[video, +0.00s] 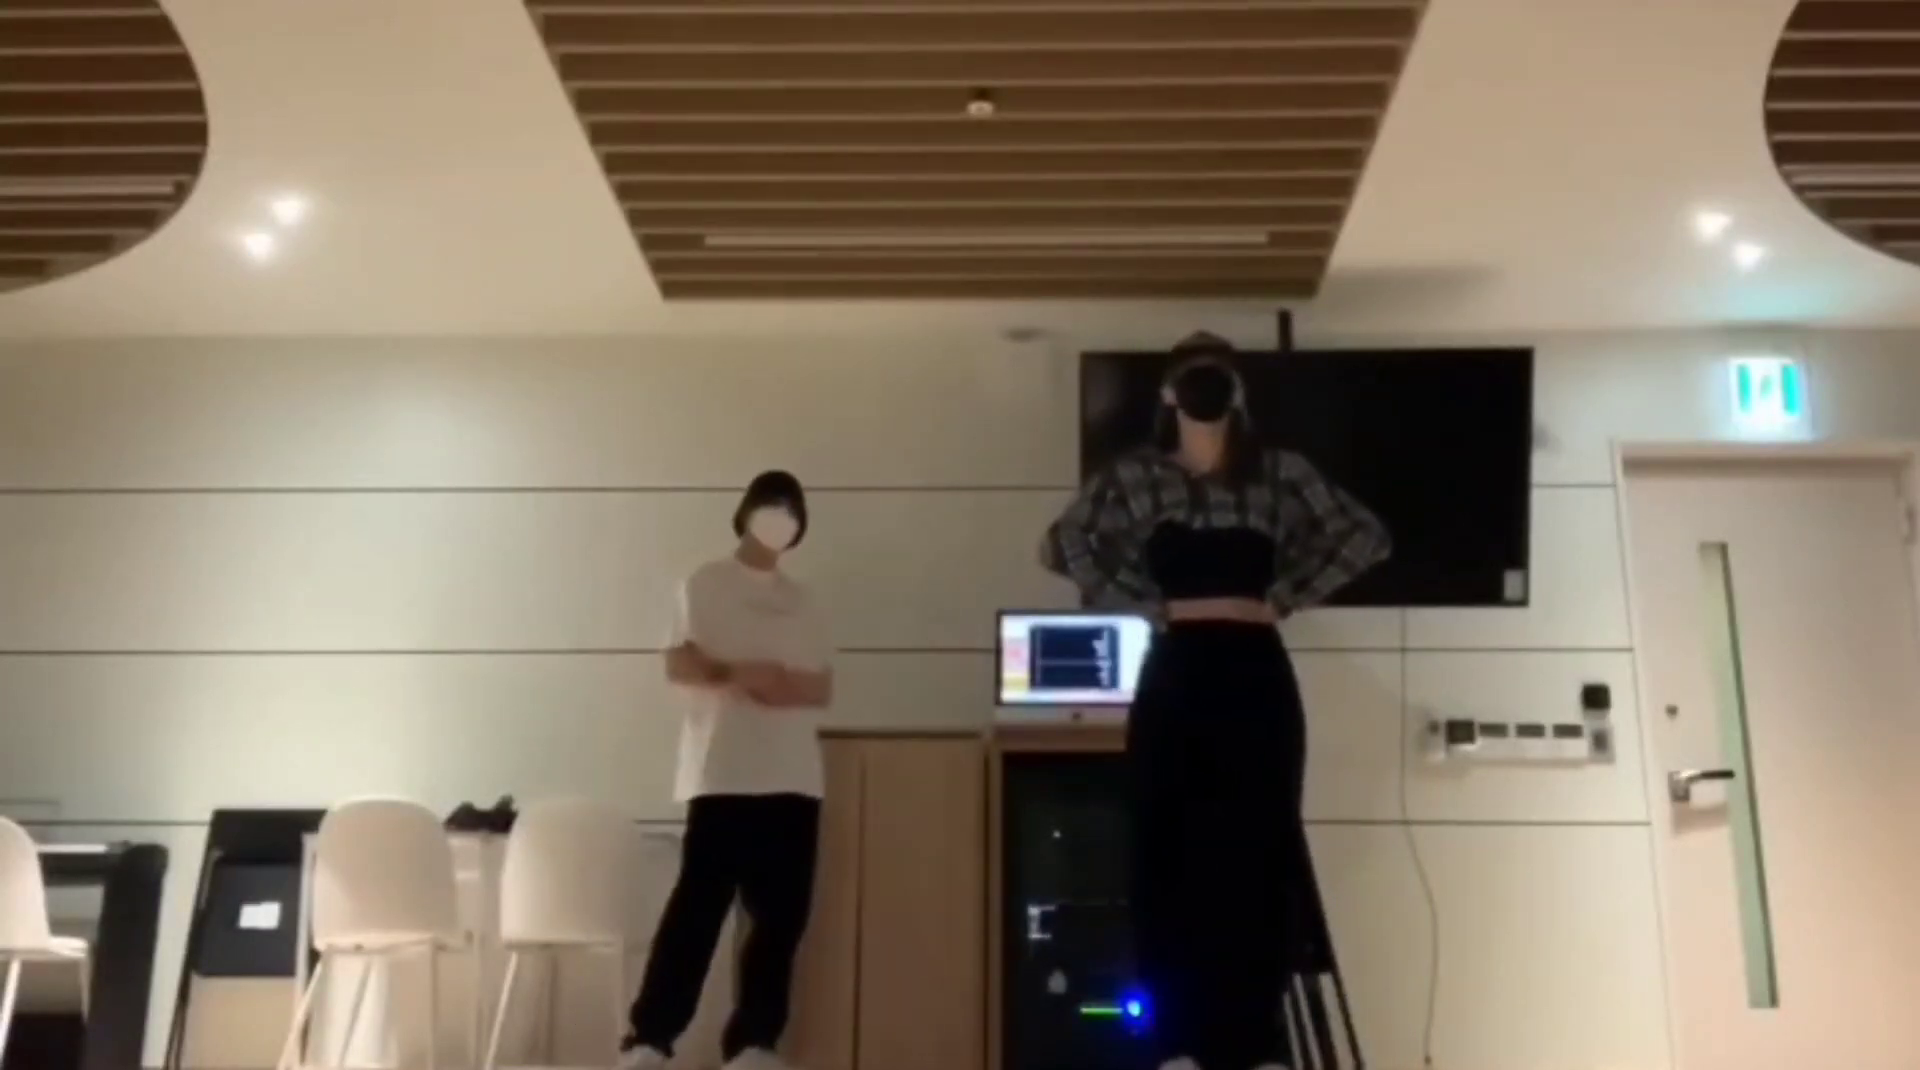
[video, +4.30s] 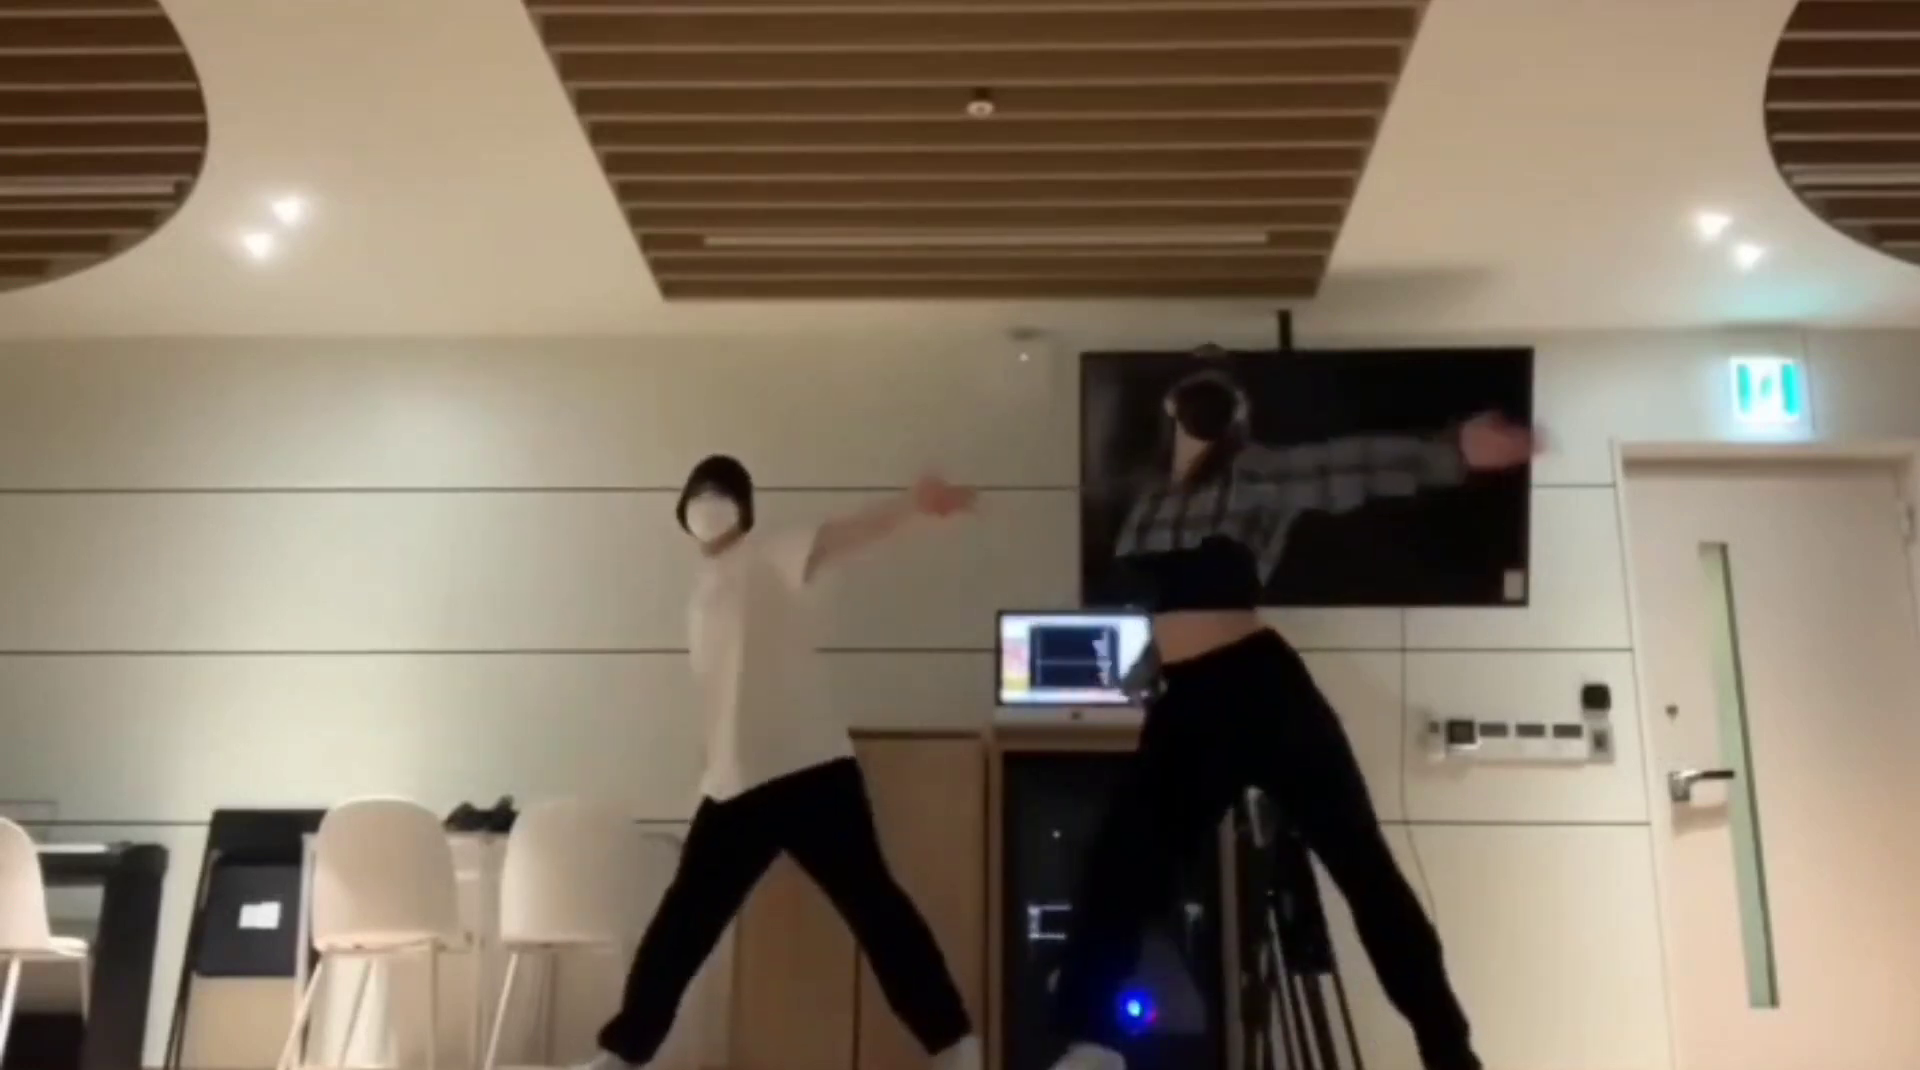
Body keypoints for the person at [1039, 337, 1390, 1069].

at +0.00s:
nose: (1206, 387)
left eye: (1219, 376)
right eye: (1192, 376)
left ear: (1241, 392)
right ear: (1167, 393)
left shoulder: (1280, 474)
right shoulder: (1138, 477)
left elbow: (1365, 537)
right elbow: (1065, 544)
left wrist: (1288, 595)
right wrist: (1144, 596)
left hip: (1256, 674)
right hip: (1177, 675)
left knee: (1259, 847)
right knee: (1175, 847)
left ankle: (1253, 1032)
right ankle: (1187, 1034)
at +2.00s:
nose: (1218, 426)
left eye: (1230, 414)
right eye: (1202, 416)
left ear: (1250, 432)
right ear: (1179, 433)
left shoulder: (1286, 521)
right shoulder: (1146, 517)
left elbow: (1312, 626)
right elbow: (1112, 600)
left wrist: (1322, 722)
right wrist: (1176, 583)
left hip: (1260, 702)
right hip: (1184, 703)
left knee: (1268, 867)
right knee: (1192, 869)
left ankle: (1263, 1040)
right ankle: (1203, 1039)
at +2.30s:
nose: (1208, 437)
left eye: (1221, 425)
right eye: (1194, 427)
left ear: (1241, 442)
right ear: (1172, 443)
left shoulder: (1277, 525)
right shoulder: (1137, 526)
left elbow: (1297, 626)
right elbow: (1109, 623)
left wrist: (1298, 712)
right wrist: (1138, 708)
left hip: (1255, 708)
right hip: (1180, 709)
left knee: (1262, 875)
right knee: (1186, 876)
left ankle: (1261, 1039)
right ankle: (1199, 1038)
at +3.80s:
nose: (1169, 410)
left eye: (1181, 397)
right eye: (1153, 399)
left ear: (1201, 413)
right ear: (1129, 417)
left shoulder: (1228, 494)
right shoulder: (1096, 493)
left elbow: (1244, 586)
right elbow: (1056, 585)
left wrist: (1237, 634)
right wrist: (1085, 678)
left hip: (1202, 689)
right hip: (1123, 688)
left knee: (1194, 829)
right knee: (1108, 839)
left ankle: (1186, 971)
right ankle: (1100, 993)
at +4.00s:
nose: (1177, 418)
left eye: (1188, 407)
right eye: (1163, 407)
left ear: (1207, 423)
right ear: (1137, 424)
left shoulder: (1229, 497)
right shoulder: (1100, 506)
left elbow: (1260, 561)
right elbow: (1068, 596)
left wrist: (1309, 573)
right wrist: (1092, 652)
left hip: (1222, 698)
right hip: (1134, 700)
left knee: (1291, 852)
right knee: (1083, 858)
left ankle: (1405, 1032)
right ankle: (1090, 1035)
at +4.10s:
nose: (1175, 423)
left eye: (1188, 411)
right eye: (1162, 412)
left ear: (1210, 429)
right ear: (1140, 428)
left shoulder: (1244, 489)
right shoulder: (1121, 507)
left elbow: (1346, 527)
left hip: (1253, 695)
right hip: (1167, 712)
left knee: (1348, 861)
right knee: (1105, 864)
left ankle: (1446, 1056)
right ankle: (1086, 1041)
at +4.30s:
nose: (1200, 413)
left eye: (1210, 401)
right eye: (1193, 401)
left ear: (1225, 418)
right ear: (1174, 418)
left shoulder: (1251, 476)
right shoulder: (1149, 498)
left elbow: (1338, 467)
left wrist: (1455, 451)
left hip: (1260, 683)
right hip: (1183, 702)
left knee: (1358, 860)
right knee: (1121, 865)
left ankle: (1447, 1050)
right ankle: (1083, 1041)